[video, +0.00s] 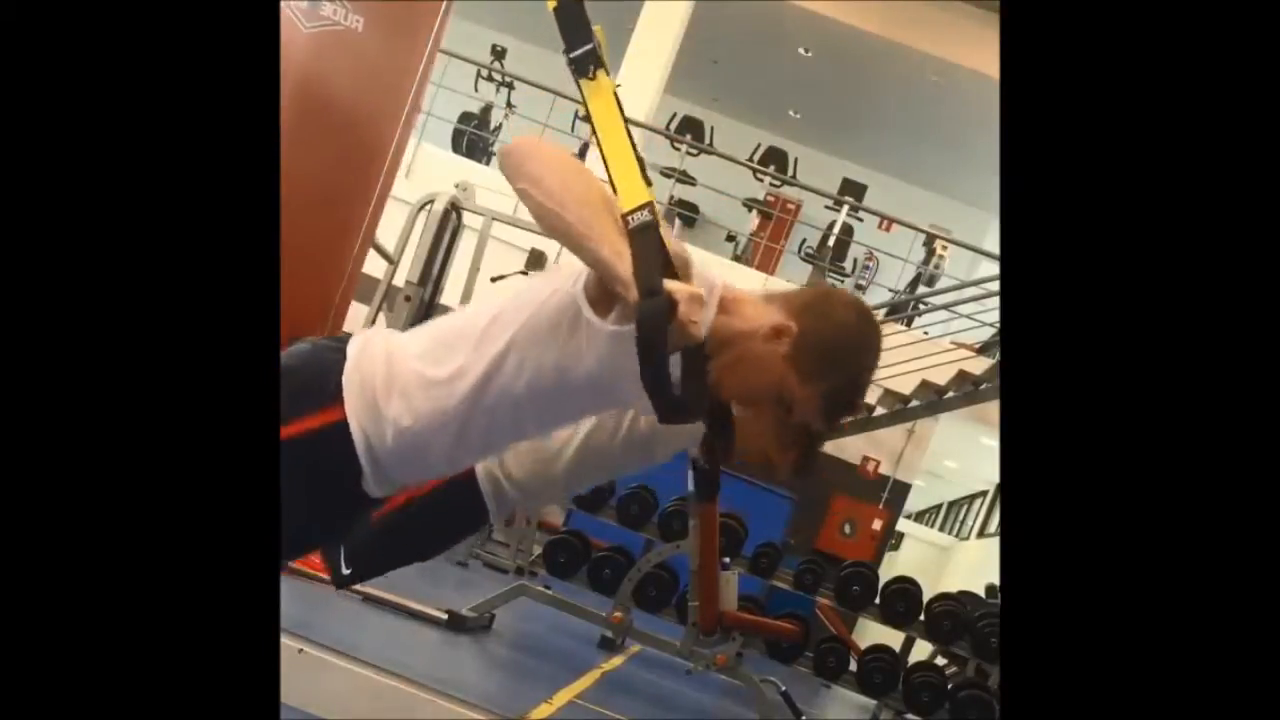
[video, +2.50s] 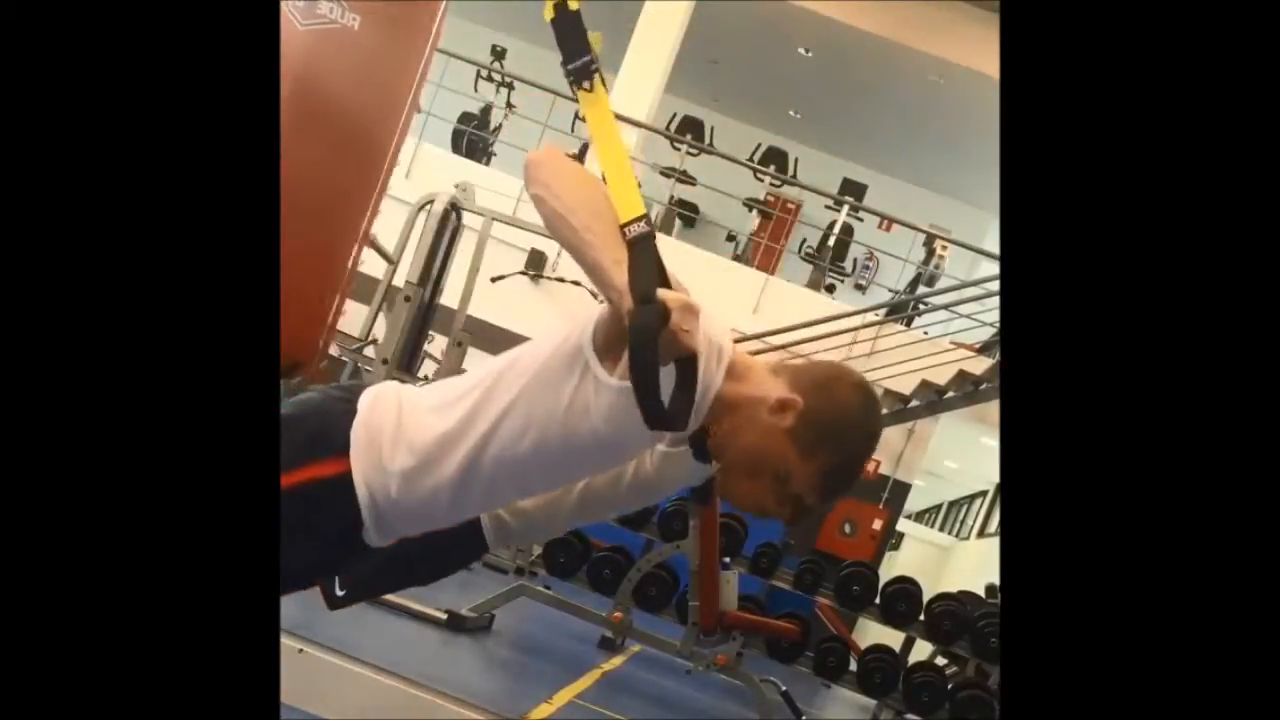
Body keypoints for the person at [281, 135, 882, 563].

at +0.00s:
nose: (767, 418)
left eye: (789, 415)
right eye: (783, 398)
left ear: (779, 332)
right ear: (776, 330)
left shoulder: (699, 375)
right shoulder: (665, 269)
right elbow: (525, 154)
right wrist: (634, 280)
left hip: (368, 469)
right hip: (332, 419)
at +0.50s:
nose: (700, 195)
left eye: (721, 189)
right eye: (715, 172)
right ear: (698, 104)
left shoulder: (610, 165)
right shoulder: (583, 69)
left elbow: (626, 273)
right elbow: (507, 134)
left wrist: (669, 380)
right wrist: (598, 286)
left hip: (336, 337)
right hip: (294, 273)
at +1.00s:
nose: (668, 119)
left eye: (685, 113)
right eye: (681, 96)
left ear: (654, 20)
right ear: (657, 19)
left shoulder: (568, 92)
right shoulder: (525, 16)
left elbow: (608, 223)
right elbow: (525, 137)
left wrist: (665, 366)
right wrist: (608, 296)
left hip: (322, 305)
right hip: (288, 252)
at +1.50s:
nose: (704, 208)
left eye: (722, 203)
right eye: (718, 189)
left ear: (696, 120)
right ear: (697, 121)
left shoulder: (615, 174)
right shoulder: (582, 84)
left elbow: (634, 266)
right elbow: (522, 141)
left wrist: (683, 352)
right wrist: (628, 271)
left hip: (341, 357)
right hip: (297, 298)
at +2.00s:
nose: (746, 373)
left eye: (765, 372)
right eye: (764, 358)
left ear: (762, 293)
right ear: (763, 295)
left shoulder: (676, 325)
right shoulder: (659, 235)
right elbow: (537, 119)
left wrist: (679, 393)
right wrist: (641, 269)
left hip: (370, 450)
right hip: (330, 392)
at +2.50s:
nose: (760, 505)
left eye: (781, 504)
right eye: (779, 487)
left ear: (780, 407)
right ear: (779, 412)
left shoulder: (711, 440)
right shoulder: (683, 343)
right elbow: (547, 168)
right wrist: (638, 295)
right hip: (347, 470)